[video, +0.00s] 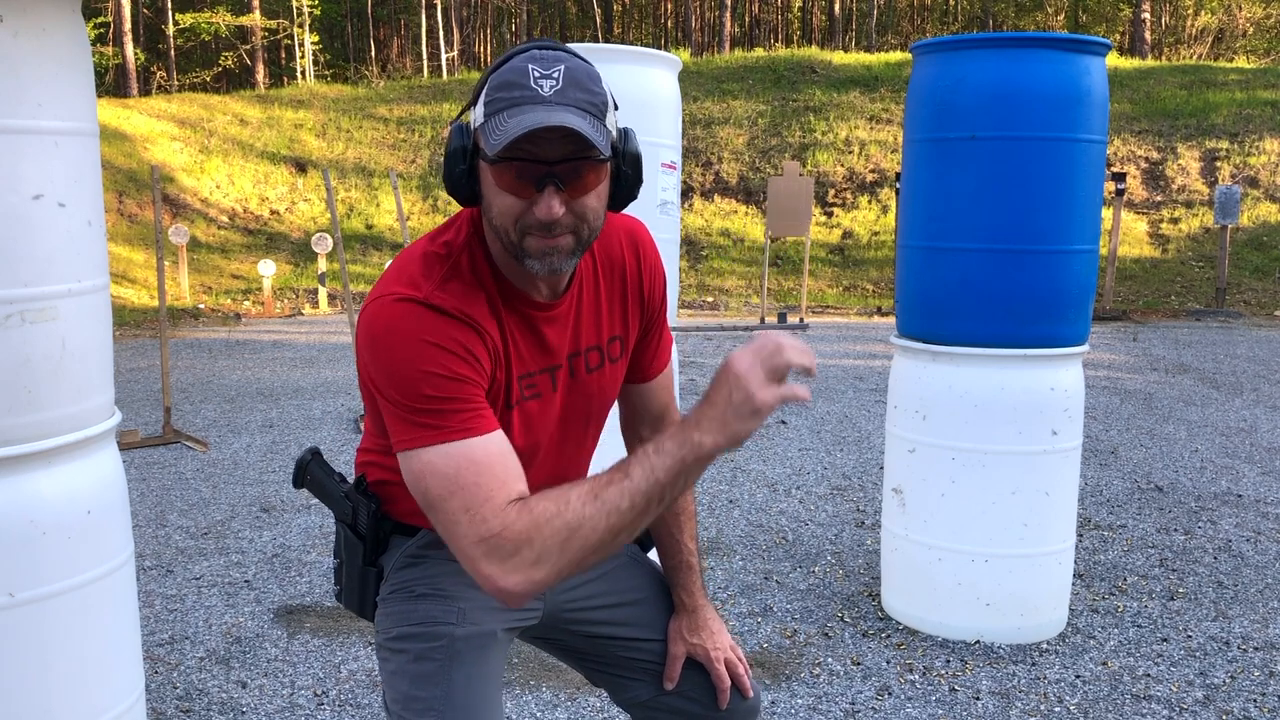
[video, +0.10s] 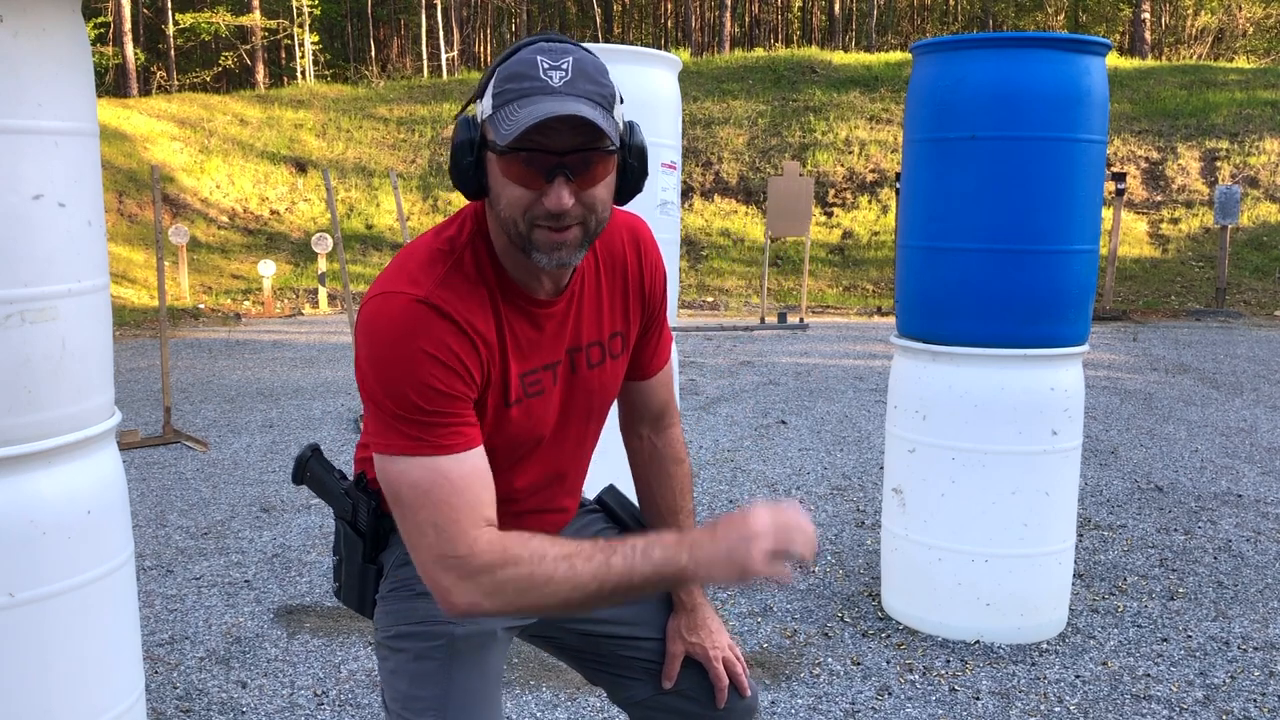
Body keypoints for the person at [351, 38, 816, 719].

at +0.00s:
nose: (550, 204)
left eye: (577, 172)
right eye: (523, 171)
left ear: (613, 170)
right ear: (474, 166)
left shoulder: (628, 253)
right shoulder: (415, 313)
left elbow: (655, 432)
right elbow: (510, 558)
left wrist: (690, 599)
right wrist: (703, 430)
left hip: (567, 536)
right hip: (433, 551)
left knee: (721, 701)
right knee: (456, 705)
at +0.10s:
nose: (559, 199)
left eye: (584, 164)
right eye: (530, 164)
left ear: (619, 163)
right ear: (480, 160)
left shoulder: (629, 252)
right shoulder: (415, 312)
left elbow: (654, 426)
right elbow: (466, 573)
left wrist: (690, 593)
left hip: (556, 522)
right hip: (432, 543)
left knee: (718, 701)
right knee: (455, 706)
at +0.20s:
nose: (572, 189)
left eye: (596, 156)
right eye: (542, 156)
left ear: (627, 159)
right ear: (489, 155)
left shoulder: (632, 251)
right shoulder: (415, 311)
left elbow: (655, 427)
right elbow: (426, 574)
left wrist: (689, 602)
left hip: (569, 537)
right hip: (442, 563)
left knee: (714, 694)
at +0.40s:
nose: (591, 169)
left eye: (609, 138)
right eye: (559, 140)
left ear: (636, 146)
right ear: (495, 152)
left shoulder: (642, 255)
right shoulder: (419, 301)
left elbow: (659, 429)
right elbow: (353, 553)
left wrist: (686, 602)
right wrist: (572, 627)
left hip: (570, 532)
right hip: (439, 552)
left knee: (712, 698)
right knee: (449, 705)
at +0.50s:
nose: (590, 168)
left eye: (608, 138)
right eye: (559, 140)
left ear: (631, 145)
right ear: (490, 151)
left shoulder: (642, 255)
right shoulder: (413, 296)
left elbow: (661, 432)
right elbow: (357, 551)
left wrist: (685, 600)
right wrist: (580, 537)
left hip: (564, 547)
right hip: (430, 571)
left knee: (708, 701)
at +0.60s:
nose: (584, 172)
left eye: (602, 139)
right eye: (551, 141)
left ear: (626, 146)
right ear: (485, 150)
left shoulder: (641, 254)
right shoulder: (406, 293)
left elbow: (660, 427)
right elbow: (386, 557)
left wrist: (684, 605)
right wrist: (603, 455)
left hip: (572, 535)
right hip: (433, 567)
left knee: (711, 703)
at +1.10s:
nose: (581, 195)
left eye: (602, 161)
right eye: (550, 162)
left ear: (629, 159)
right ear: (489, 156)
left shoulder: (640, 257)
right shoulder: (406, 298)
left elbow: (658, 440)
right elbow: (389, 560)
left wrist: (681, 603)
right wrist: (598, 520)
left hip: (561, 546)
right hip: (426, 568)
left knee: (708, 703)